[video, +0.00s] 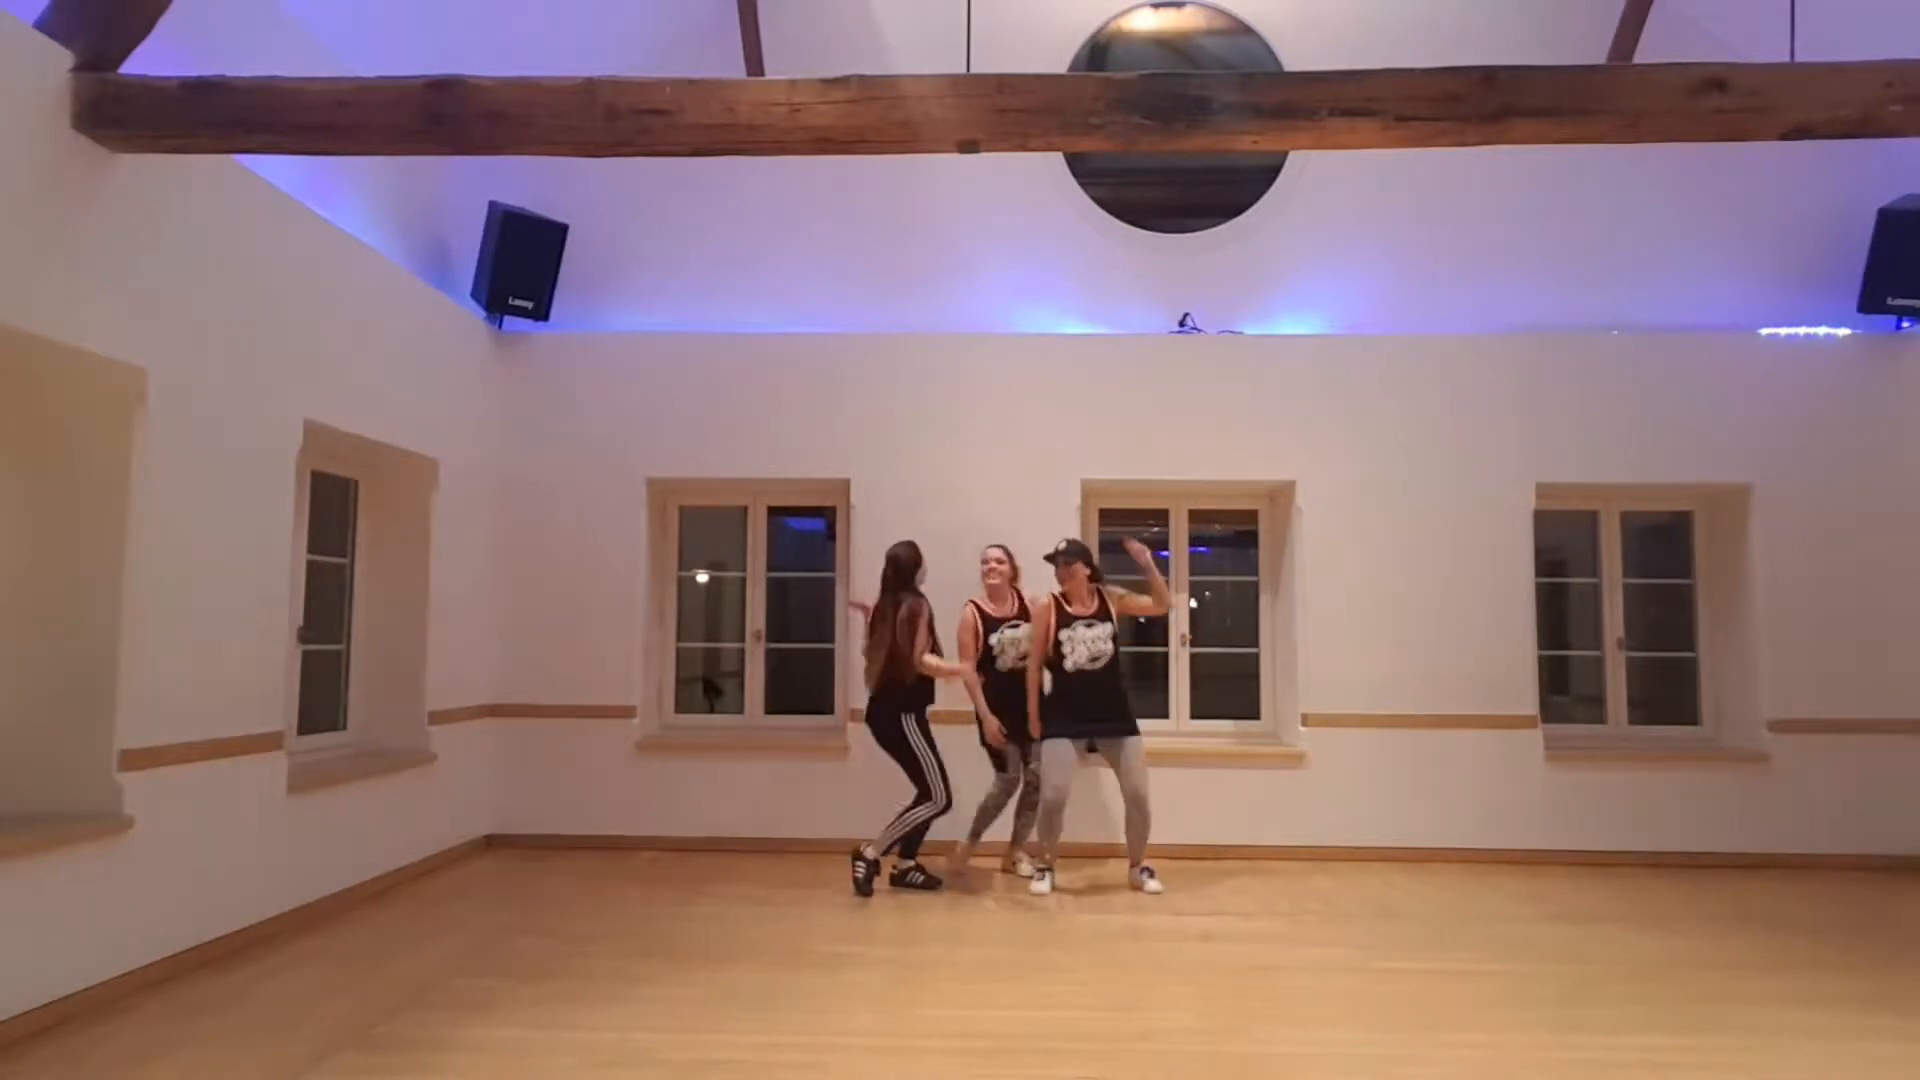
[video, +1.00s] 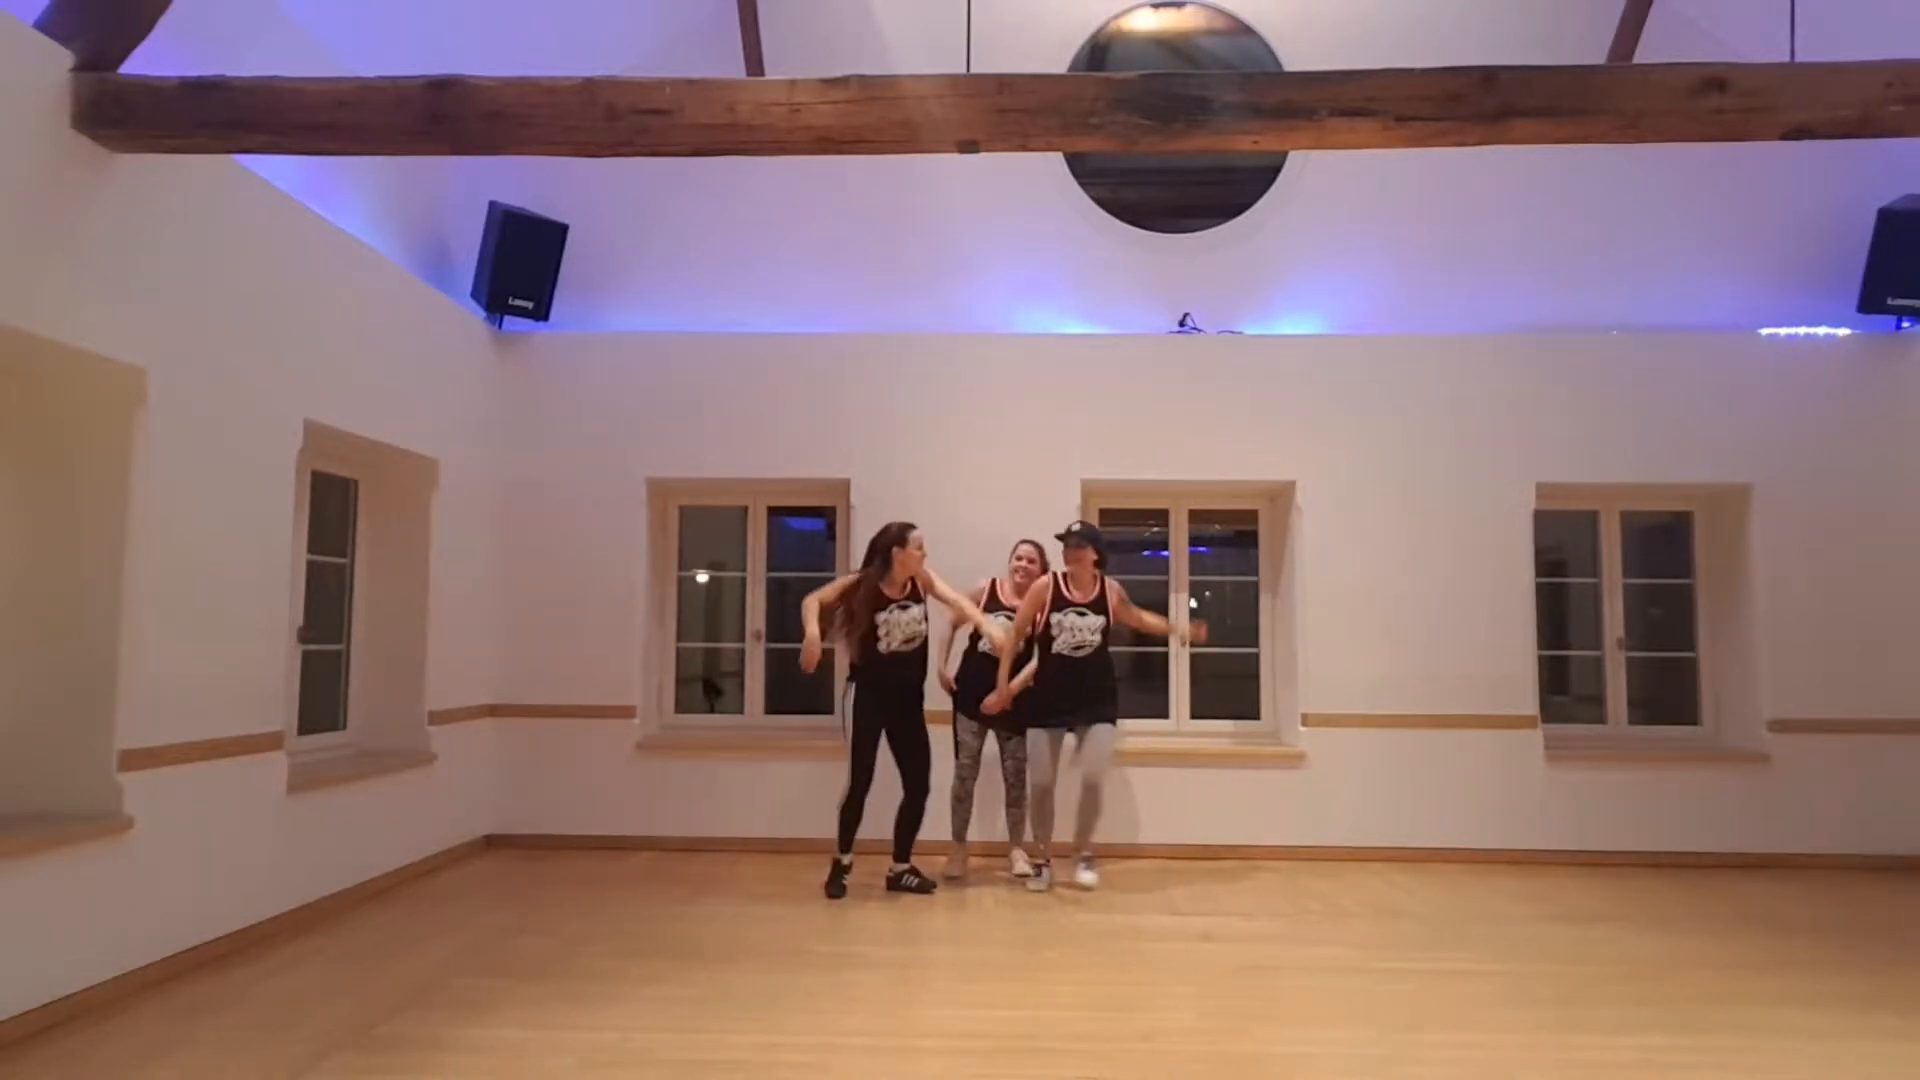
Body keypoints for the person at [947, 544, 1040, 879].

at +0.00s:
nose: (991, 567)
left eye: (999, 561)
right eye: (986, 562)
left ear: (1012, 569)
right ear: (980, 570)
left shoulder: (1028, 606)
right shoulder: (973, 613)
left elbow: (1045, 652)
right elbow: (968, 669)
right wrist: (986, 715)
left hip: (1029, 697)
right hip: (994, 702)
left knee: (1034, 778)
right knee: (1009, 777)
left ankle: (1017, 851)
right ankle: (968, 844)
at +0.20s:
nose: (1010, 559)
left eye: (1017, 554)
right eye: (1005, 554)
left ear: (1027, 562)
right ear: (995, 561)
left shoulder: (1042, 599)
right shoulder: (980, 600)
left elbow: (1056, 652)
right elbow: (968, 652)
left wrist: (1054, 702)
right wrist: (973, 697)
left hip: (1036, 701)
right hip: (997, 701)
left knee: (1032, 779)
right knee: (1003, 773)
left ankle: (1021, 850)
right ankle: (994, 842)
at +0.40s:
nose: (1023, 560)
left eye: (1029, 555)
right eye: (1017, 555)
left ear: (1038, 563)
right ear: (1007, 562)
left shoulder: (1048, 602)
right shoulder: (987, 598)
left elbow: (1059, 653)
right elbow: (966, 641)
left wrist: (1043, 699)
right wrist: (963, 684)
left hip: (1031, 698)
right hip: (991, 696)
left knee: (1025, 775)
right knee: (992, 771)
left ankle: (1021, 849)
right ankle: (988, 846)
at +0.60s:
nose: (1034, 570)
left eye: (1041, 566)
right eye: (1029, 564)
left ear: (1047, 574)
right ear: (1016, 569)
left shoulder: (1051, 612)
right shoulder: (992, 598)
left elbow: (1047, 666)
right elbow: (967, 634)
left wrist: (1025, 710)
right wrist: (962, 678)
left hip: (1027, 703)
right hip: (986, 700)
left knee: (1025, 778)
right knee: (986, 774)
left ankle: (1020, 849)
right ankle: (984, 845)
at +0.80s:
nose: (1034, 567)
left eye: (1041, 563)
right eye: (1029, 561)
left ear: (1050, 572)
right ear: (1018, 564)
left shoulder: (1050, 605)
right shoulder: (992, 591)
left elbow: (1042, 653)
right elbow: (967, 631)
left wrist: (1011, 691)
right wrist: (957, 670)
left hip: (1021, 696)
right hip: (978, 690)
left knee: (1019, 775)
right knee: (972, 768)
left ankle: (1019, 847)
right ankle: (965, 841)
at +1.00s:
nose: (1023, 565)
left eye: (1031, 561)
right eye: (1018, 558)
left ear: (1040, 571)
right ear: (1008, 563)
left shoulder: (1042, 604)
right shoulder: (984, 592)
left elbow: (1042, 656)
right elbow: (951, 625)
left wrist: (1010, 690)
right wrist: (942, 668)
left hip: (1012, 696)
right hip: (971, 691)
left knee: (1015, 774)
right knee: (965, 773)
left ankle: (1017, 848)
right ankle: (958, 849)